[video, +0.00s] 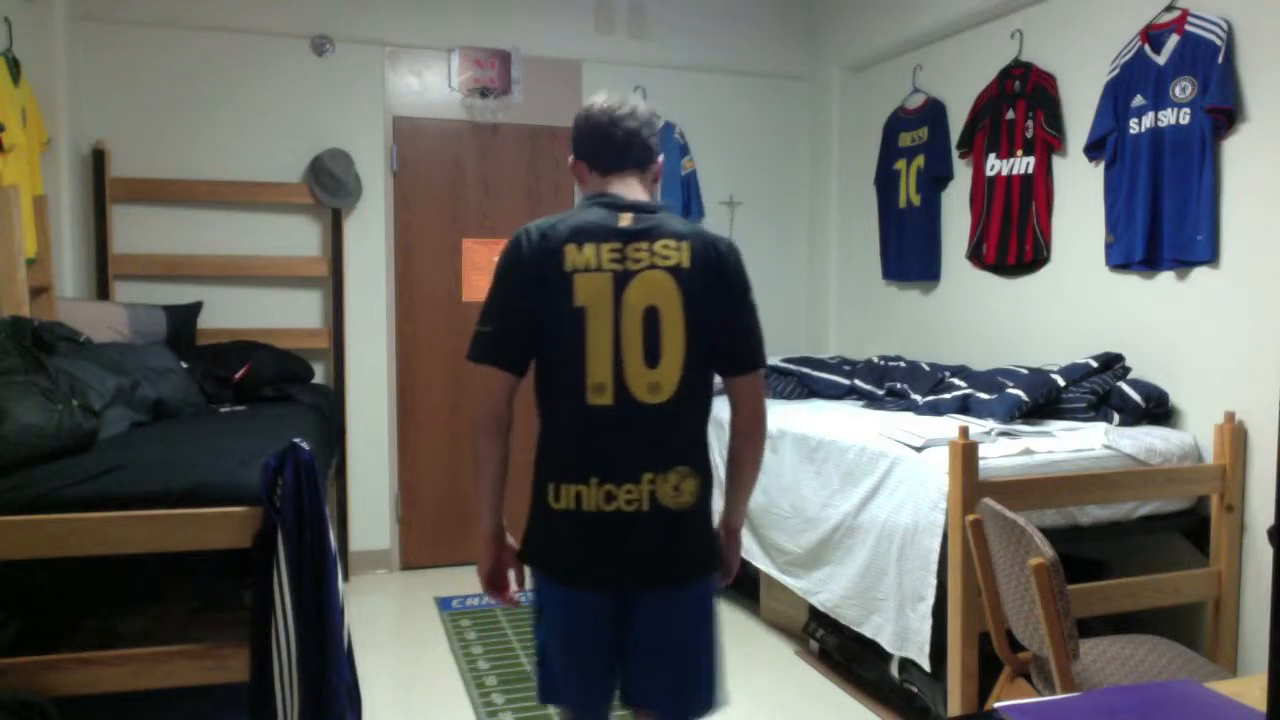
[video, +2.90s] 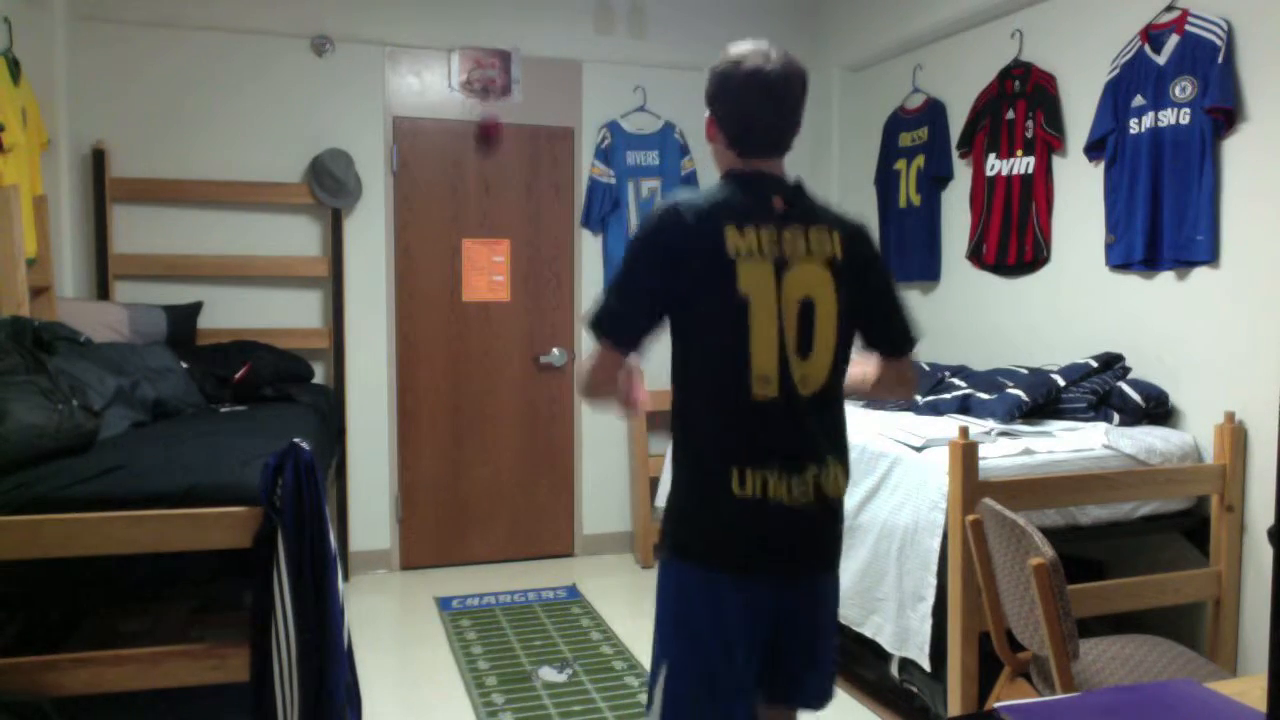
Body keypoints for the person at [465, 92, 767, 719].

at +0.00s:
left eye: (573, 161)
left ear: (576, 165)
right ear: (656, 167)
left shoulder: (535, 249)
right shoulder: (710, 253)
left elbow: (492, 403)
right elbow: (750, 408)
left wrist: (491, 529)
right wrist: (732, 525)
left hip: (570, 537)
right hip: (674, 538)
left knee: (579, 707)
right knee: (667, 709)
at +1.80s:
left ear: (583, 188)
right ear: (662, 190)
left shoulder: (538, 251)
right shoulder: (716, 251)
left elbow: (462, 388)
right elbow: (775, 398)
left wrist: (514, 420)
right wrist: (793, 551)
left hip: (601, 521)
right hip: (701, 512)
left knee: (610, 702)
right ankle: (589, 670)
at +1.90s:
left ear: (589, 186)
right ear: (668, 186)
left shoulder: (544, 252)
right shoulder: (722, 247)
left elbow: (467, 388)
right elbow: (779, 397)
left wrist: (558, 400)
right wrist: (792, 542)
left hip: (604, 522)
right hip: (705, 512)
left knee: (615, 704)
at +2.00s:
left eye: (600, 162)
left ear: (602, 171)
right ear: (684, 169)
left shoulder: (557, 251)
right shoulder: (737, 250)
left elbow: (487, 394)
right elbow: (791, 397)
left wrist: (568, 377)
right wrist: (787, 519)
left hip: (612, 529)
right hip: (713, 522)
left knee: (624, 706)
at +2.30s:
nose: (636, 140)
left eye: (638, 129)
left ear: (644, 141)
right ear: (722, 136)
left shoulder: (634, 248)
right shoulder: (776, 250)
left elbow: (579, 399)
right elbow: (801, 401)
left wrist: (560, 391)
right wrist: (752, 460)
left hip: (651, 535)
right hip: (743, 532)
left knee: (629, 707)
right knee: (726, 698)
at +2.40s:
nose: (652, 136)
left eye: (652, 124)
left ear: (659, 138)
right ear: (738, 134)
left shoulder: (659, 246)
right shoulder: (790, 247)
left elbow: (650, 409)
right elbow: (797, 401)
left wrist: (578, 395)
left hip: (669, 532)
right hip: (761, 531)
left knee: (640, 705)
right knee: (751, 705)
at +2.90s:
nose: (706, 126)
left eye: (706, 116)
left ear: (713, 128)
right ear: (793, 127)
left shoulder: (680, 228)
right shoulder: (843, 237)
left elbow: (597, 379)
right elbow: (898, 381)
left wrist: (624, 380)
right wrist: (833, 376)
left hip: (715, 526)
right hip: (813, 524)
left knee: (704, 704)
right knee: (780, 703)